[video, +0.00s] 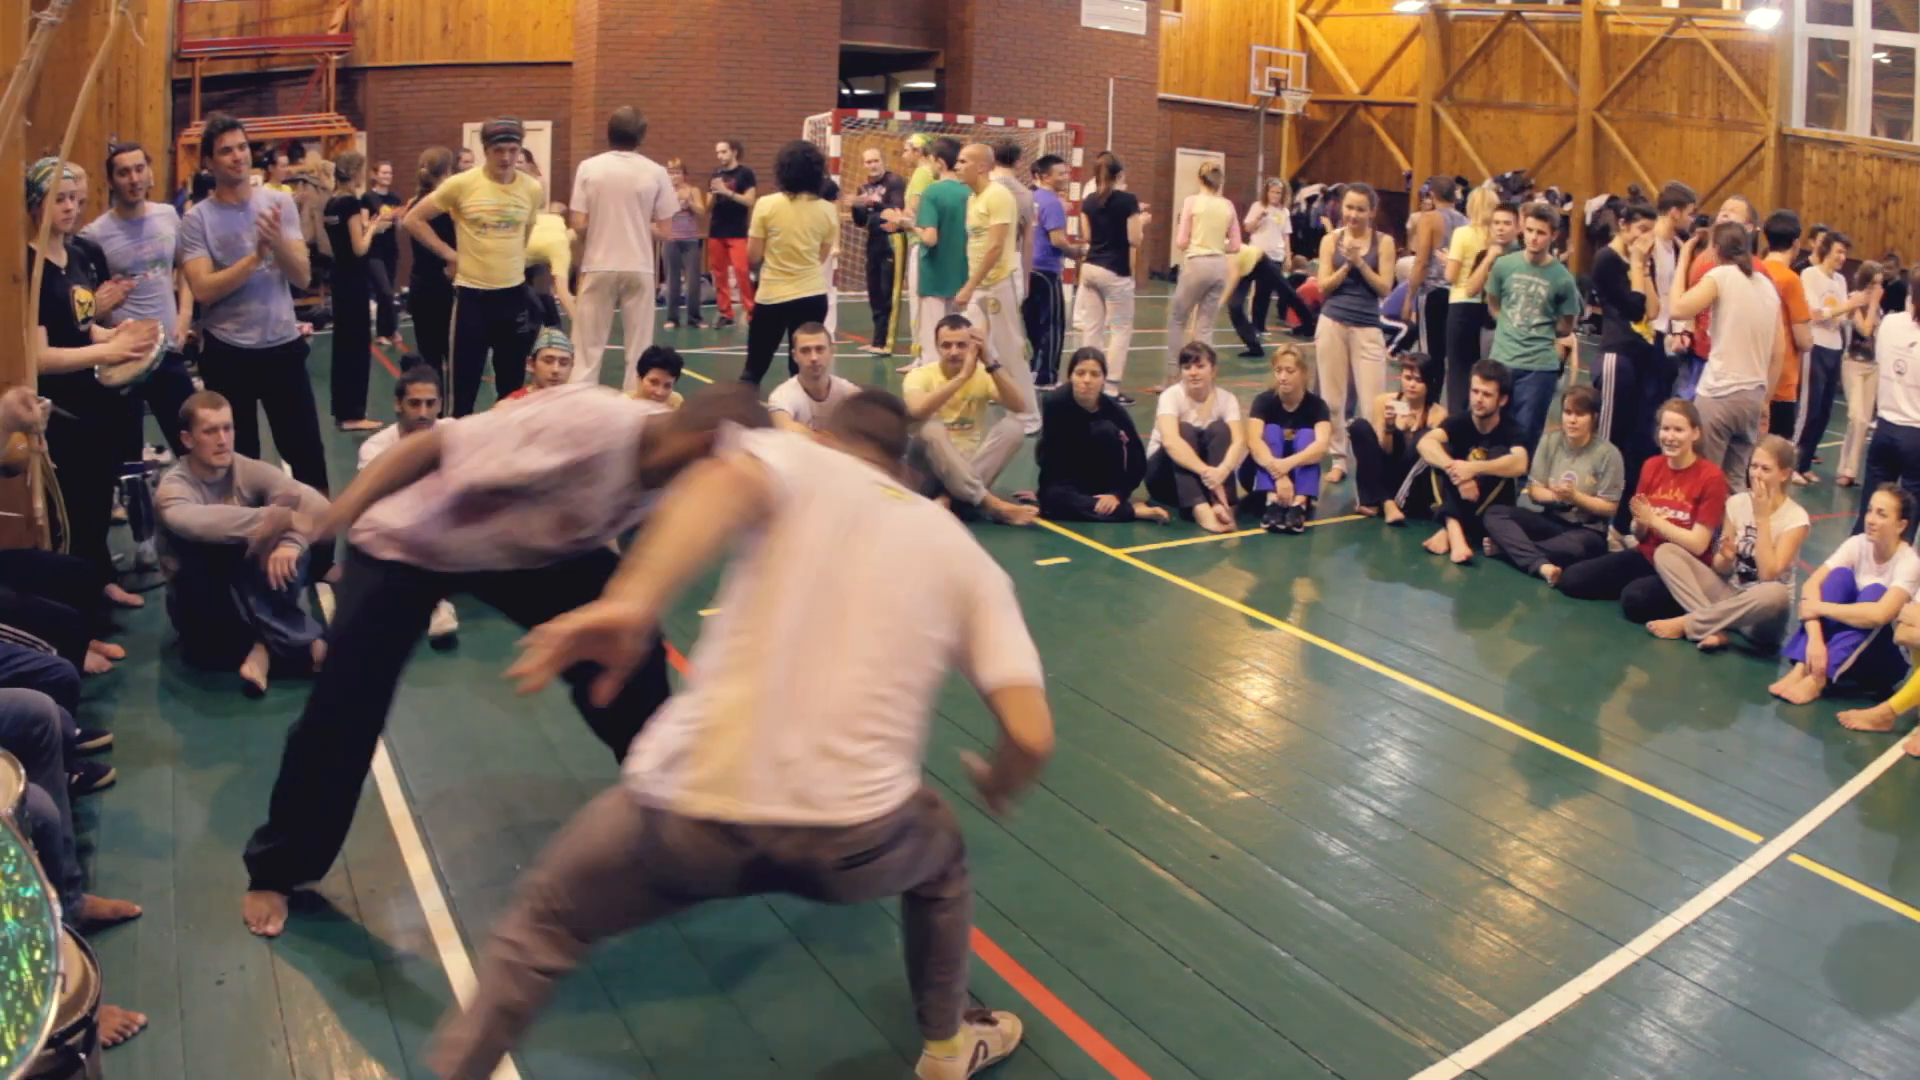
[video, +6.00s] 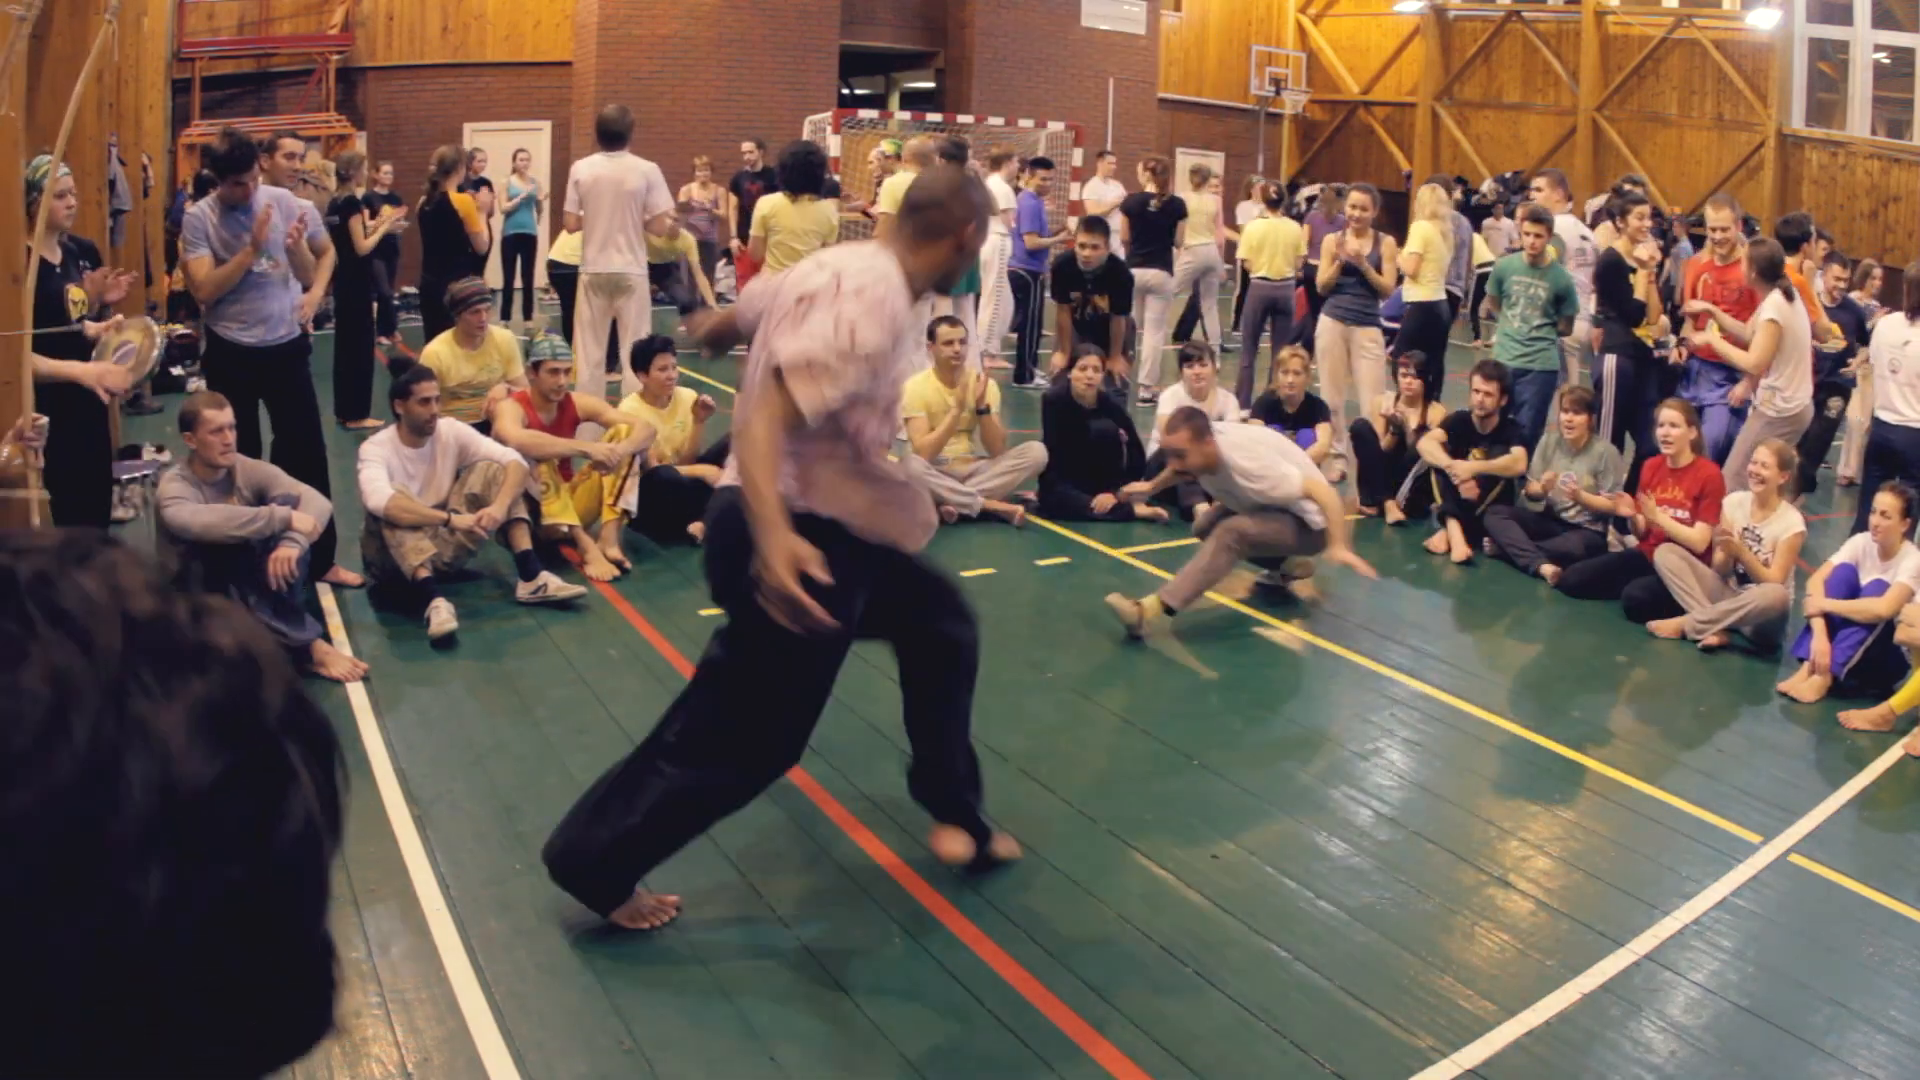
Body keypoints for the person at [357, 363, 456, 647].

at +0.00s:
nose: (423, 412)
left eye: (430, 404)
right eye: (414, 404)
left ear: (441, 404)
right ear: (399, 405)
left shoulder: (455, 436)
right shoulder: (375, 448)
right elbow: (372, 508)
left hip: (445, 533)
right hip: (393, 539)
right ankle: (438, 605)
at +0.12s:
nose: (423, 413)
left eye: (430, 404)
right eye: (415, 404)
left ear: (440, 405)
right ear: (398, 405)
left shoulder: (454, 432)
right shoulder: (376, 448)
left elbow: (493, 463)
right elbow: (379, 502)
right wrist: (447, 518)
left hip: (449, 545)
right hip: (391, 551)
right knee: (396, 501)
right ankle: (425, 578)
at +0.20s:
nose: (424, 413)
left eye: (431, 403)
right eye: (415, 404)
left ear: (440, 405)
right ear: (398, 405)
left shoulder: (451, 431)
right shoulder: (376, 449)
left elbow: (511, 460)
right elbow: (380, 503)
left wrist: (500, 508)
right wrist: (452, 519)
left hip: (447, 546)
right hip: (395, 552)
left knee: (491, 470)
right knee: (396, 502)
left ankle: (532, 565)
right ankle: (435, 602)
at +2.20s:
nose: (432, 409)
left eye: (436, 400)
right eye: (422, 402)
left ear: (441, 399)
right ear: (398, 405)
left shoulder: (451, 430)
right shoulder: (376, 449)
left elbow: (516, 464)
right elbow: (380, 503)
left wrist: (500, 509)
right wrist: (450, 519)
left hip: (450, 545)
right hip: (399, 550)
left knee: (493, 470)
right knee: (396, 500)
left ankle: (532, 578)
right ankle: (434, 602)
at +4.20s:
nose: (429, 410)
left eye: (433, 400)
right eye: (419, 402)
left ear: (438, 400)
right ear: (396, 407)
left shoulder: (449, 431)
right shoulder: (374, 450)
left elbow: (515, 463)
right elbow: (378, 502)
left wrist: (499, 508)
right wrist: (449, 519)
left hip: (448, 547)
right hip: (397, 553)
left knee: (490, 470)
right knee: (395, 498)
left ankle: (532, 577)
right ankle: (434, 602)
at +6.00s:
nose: (434, 410)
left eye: (437, 401)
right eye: (424, 402)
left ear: (441, 400)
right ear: (398, 406)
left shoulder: (450, 430)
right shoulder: (375, 449)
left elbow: (516, 463)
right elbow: (380, 502)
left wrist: (500, 508)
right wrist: (449, 519)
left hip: (449, 546)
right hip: (399, 552)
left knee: (493, 470)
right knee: (395, 500)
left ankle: (532, 576)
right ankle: (434, 601)